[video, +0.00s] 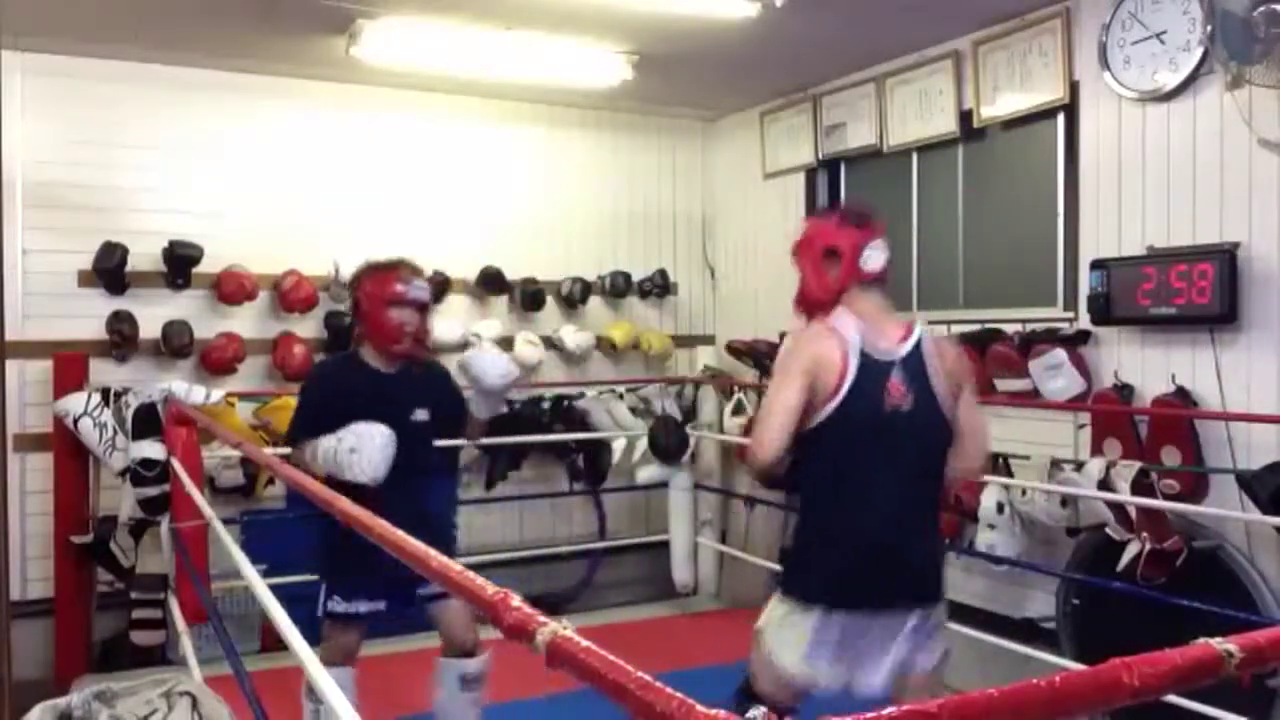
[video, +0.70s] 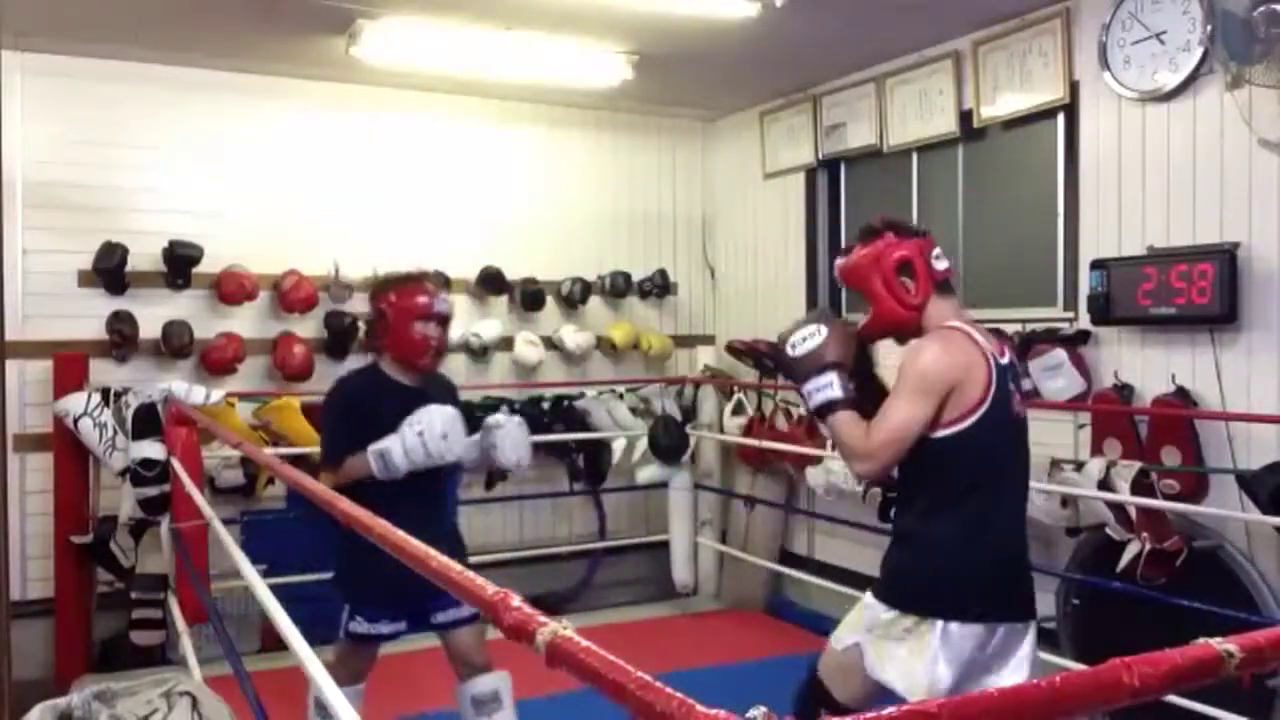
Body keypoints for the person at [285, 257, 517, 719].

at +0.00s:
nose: (410, 319)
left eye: (417, 308)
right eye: (397, 307)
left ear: (426, 314)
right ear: (366, 313)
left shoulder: (433, 378)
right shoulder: (330, 379)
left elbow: (467, 442)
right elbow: (299, 455)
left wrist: (487, 400)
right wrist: (332, 451)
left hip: (427, 536)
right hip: (352, 539)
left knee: (464, 639)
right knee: (341, 647)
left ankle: (459, 712)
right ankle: (319, 714)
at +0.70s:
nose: (433, 333)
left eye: (439, 323)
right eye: (421, 321)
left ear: (446, 329)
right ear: (388, 325)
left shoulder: (440, 388)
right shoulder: (350, 393)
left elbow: (448, 463)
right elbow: (331, 474)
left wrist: (486, 451)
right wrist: (399, 451)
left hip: (440, 554)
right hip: (374, 559)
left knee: (474, 663)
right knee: (350, 667)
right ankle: (322, 715)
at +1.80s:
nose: (446, 339)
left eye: (453, 329)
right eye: (434, 327)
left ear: (460, 334)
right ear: (401, 330)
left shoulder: (468, 384)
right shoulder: (362, 388)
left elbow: (507, 427)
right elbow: (350, 467)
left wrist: (533, 407)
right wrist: (396, 414)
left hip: (456, 561)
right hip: (384, 563)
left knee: (499, 662)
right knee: (350, 663)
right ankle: (311, 711)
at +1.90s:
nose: (461, 339)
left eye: (469, 327)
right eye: (449, 327)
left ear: (476, 328)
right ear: (414, 327)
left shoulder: (490, 376)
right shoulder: (375, 380)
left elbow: (556, 373)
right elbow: (364, 455)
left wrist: (596, 358)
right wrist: (395, 396)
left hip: (461, 551)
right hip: (387, 550)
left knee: (495, 662)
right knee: (340, 662)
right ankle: (308, 715)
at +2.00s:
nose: (464, 341)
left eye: (472, 329)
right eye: (452, 328)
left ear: (480, 331)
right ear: (416, 327)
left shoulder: (486, 379)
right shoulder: (378, 385)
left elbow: (545, 379)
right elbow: (359, 462)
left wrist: (590, 358)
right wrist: (390, 403)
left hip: (463, 553)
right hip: (389, 552)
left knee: (501, 669)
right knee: (335, 666)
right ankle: (306, 708)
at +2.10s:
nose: (457, 360)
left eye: (466, 348)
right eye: (446, 346)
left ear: (476, 352)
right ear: (413, 344)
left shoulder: (481, 402)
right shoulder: (372, 401)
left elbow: (526, 443)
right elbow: (344, 477)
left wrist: (544, 409)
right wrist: (375, 423)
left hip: (466, 563)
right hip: (392, 565)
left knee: (516, 670)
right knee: (338, 668)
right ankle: (304, 710)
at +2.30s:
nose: (427, 340)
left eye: (434, 329)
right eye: (416, 328)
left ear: (442, 330)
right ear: (382, 325)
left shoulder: (444, 383)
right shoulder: (342, 380)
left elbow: (486, 432)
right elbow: (329, 456)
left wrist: (496, 402)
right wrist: (377, 406)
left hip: (434, 550)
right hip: (360, 551)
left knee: (481, 649)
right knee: (321, 653)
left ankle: (498, 713)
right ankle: (294, 712)